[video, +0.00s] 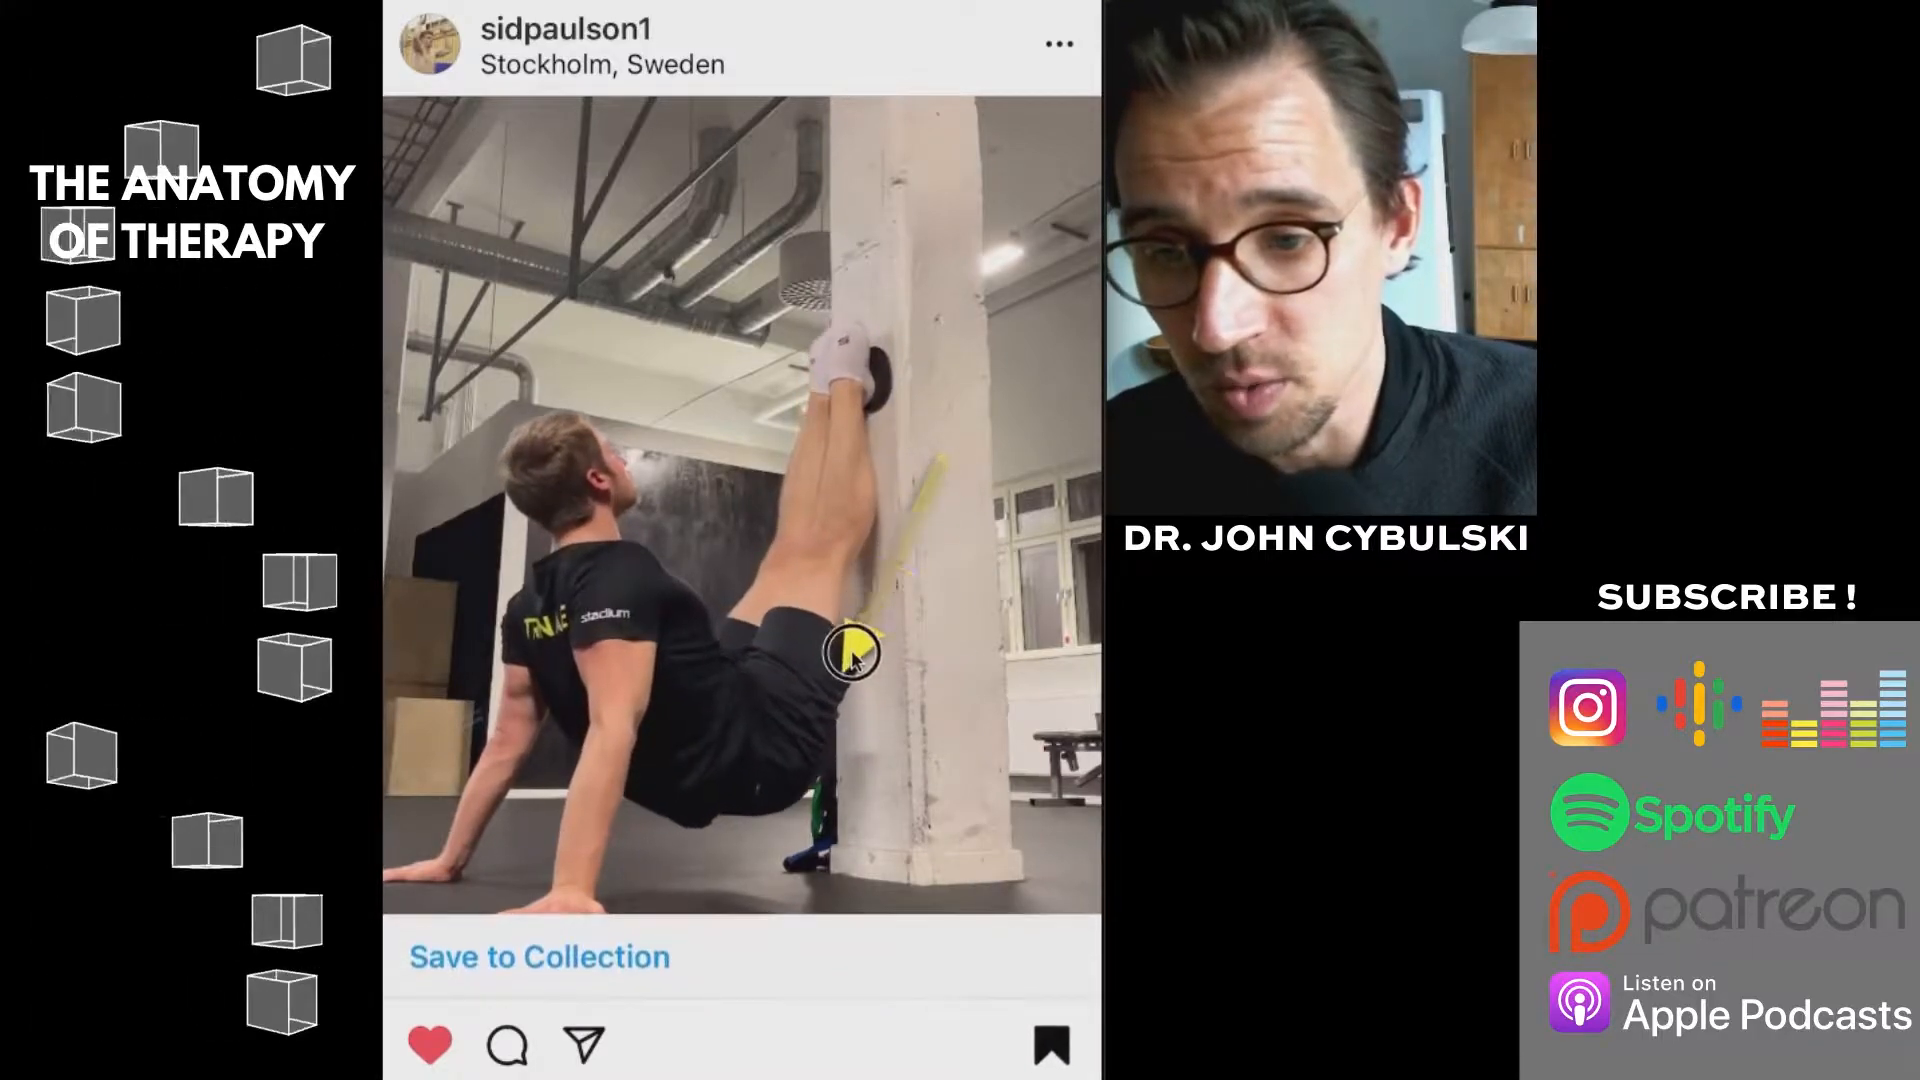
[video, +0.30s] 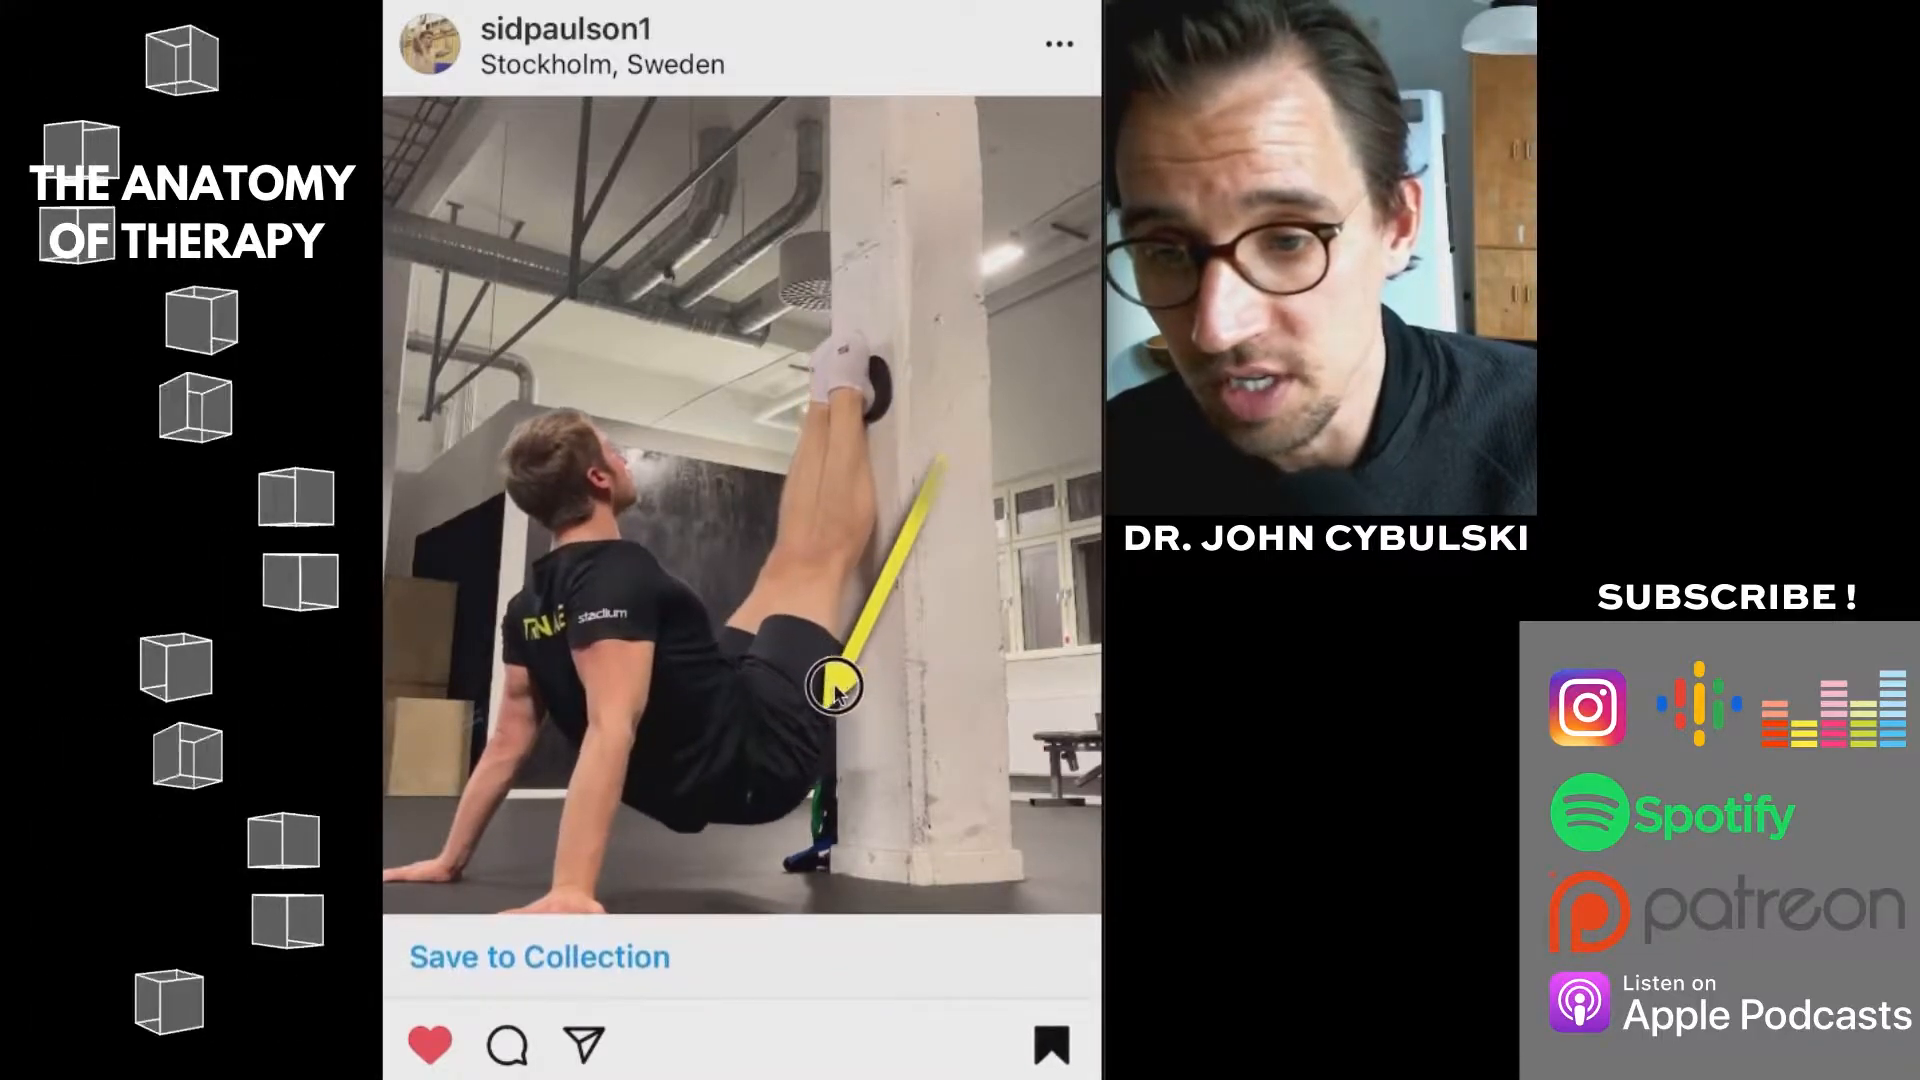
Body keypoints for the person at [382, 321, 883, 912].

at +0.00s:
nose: (624, 456)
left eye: (612, 447)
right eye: (612, 450)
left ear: (541, 507)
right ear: (599, 481)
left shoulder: (527, 606)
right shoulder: (618, 575)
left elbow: (507, 745)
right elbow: (611, 729)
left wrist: (449, 859)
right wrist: (572, 886)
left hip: (697, 779)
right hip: (767, 757)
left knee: (787, 557)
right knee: (826, 547)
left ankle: (825, 393)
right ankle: (847, 385)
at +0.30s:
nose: (624, 457)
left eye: (612, 447)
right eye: (612, 451)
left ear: (542, 505)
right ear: (599, 480)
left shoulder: (527, 606)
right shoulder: (617, 573)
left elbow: (508, 745)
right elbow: (610, 727)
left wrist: (449, 860)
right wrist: (573, 887)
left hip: (696, 786)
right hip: (764, 764)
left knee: (787, 565)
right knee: (824, 558)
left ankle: (825, 401)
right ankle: (846, 397)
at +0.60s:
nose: (624, 458)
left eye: (613, 447)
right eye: (613, 452)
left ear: (541, 504)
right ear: (599, 478)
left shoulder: (526, 607)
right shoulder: (615, 573)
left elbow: (508, 742)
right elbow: (609, 726)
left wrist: (449, 860)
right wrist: (573, 888)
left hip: (690, 795)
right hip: (759, 769)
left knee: (786, 571)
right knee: (819, 563)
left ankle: (826, 406)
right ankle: (845, 403)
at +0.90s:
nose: (626, 460)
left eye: (614, 448)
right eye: (614, 453)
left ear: (543, 502)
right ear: (600, 479)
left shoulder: (525, 606)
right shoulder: (613, 572)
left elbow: (509, 742)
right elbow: (609, 727)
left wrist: (449, 859)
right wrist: (573, 888)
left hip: (686, 797)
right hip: (752, 774)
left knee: (786, 575)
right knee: (819, 569)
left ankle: (826, 411)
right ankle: (846, 410)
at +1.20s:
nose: (627, 461)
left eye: (617, 450)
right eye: (615, 454)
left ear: (541, 502)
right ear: (600, 480)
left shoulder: (523, 604)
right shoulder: (613, 571)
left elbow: (508, 742)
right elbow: (607, 728)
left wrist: (450, 858)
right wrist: (573, 888)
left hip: (676, 806)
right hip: (746, 782)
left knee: (784, 580)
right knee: (818, 573)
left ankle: (826, 420)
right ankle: (847, 421)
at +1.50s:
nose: (628, 461)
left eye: (618, 449)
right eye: (616, 454)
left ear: (541, 501)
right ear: (600, 479)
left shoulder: (522, 602)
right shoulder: (613, 571)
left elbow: (508, 744)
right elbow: (605, 730)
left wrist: (450, 859)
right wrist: (572, 889)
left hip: (665, 806)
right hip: (732, 782)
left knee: (782, 585)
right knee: (816, 581)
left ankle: (825, 425)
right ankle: (846, 429)